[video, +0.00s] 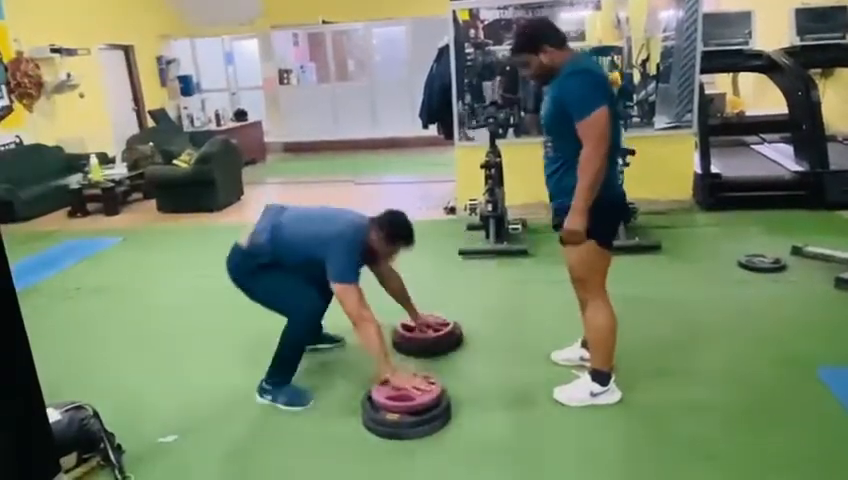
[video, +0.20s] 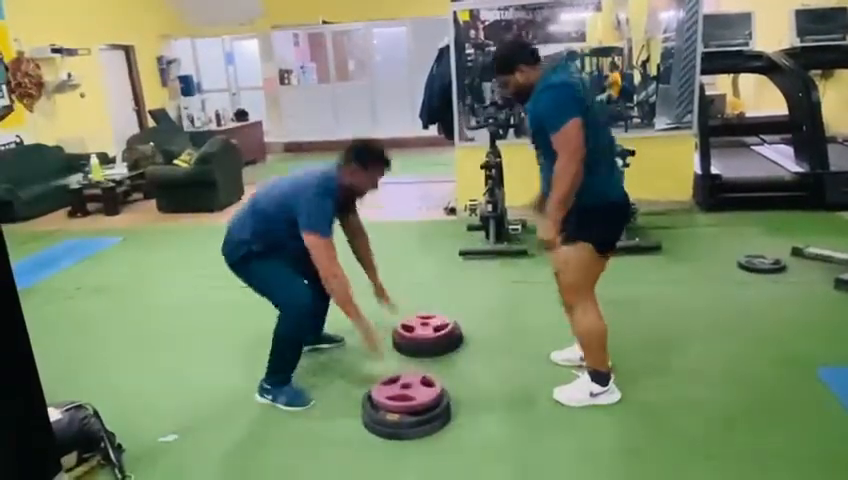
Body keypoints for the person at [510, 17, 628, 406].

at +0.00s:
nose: (527, 74)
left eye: (527, 64)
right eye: (523, 66)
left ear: (546, 51)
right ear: (546, 52)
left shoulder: (579, 79)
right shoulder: (567, 77)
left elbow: (596, 146)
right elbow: (585, 145)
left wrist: (579, 210)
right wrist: (566, 201)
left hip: (592, 202)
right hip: (577, 199)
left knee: (592, 291)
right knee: (584, 283)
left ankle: (601, 382)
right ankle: (591, 347)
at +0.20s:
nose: (506, 91)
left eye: (506, 82)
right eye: (503, 84)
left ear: (523, 71)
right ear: (527, 69)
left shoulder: (552, 94)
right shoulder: (559, 84)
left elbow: (572, 156)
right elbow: (566, 152)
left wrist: (552, 216)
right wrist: (546, 197)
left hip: (594, 205)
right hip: (592, 200)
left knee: (577, 292)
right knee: (570, 279)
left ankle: (600, 382)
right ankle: (589, 347)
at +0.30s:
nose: (495, 118)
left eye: (495, 110)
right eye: (491, 111)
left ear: (512, 100)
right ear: (517, 95)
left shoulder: (542, 125)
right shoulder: (534, 120)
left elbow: (551, 191)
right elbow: (534, 182)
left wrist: (526, 244)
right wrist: (511, 216)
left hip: (599, 221)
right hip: (583, 216)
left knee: (556, 302)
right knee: (552, 283)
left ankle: (597, 380)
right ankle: (587, 348)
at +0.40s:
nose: (493, 162)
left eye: (493, 153)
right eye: (490, 155)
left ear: (508, 143)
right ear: (514, 138)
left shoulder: (535, 163)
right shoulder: (529, 160)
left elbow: (535, 231)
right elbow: (518, 214)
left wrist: (496, 280)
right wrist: (487, 240)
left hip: (597, 258)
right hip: (574, 246)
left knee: (532, 318)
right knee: (528, 284)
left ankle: (592, 378)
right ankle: (581, 343)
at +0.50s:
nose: (489, 205)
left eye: (489, 197)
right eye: (486, 198)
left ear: (502, 190)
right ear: (511, 183)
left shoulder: (533, 211)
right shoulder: (531, 197)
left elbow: (512, 281)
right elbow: (509, 248)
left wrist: (468, 323)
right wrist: (472, 271)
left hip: (590, 297)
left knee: (516, 332)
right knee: (515, 301)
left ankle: (586, 375)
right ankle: (577, 338)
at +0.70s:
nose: (450, 261)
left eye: (446, 255)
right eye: (445, 257)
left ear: (453, 245)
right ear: (458, 235)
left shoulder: (482, 253)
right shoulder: (481, 234)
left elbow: (461, 330)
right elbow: (467, 290)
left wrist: (425, 364)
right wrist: (438, 315)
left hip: (587, 289)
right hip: (583, 273)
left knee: (514, 329)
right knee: (521, 303)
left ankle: (586, 374)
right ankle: (574, 342)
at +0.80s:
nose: (424, 282)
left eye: (421, 277)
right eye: (421, 279)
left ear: (426, 267)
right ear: (429, 252)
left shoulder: (453, 268)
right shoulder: (451, 248)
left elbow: (450, 338)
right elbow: (447, 298)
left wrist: (419, 372)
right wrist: (424, 322)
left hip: (568, 255)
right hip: (567, 239)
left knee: (525, 334)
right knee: (538, 298)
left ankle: (609, 372)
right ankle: (602, 327)